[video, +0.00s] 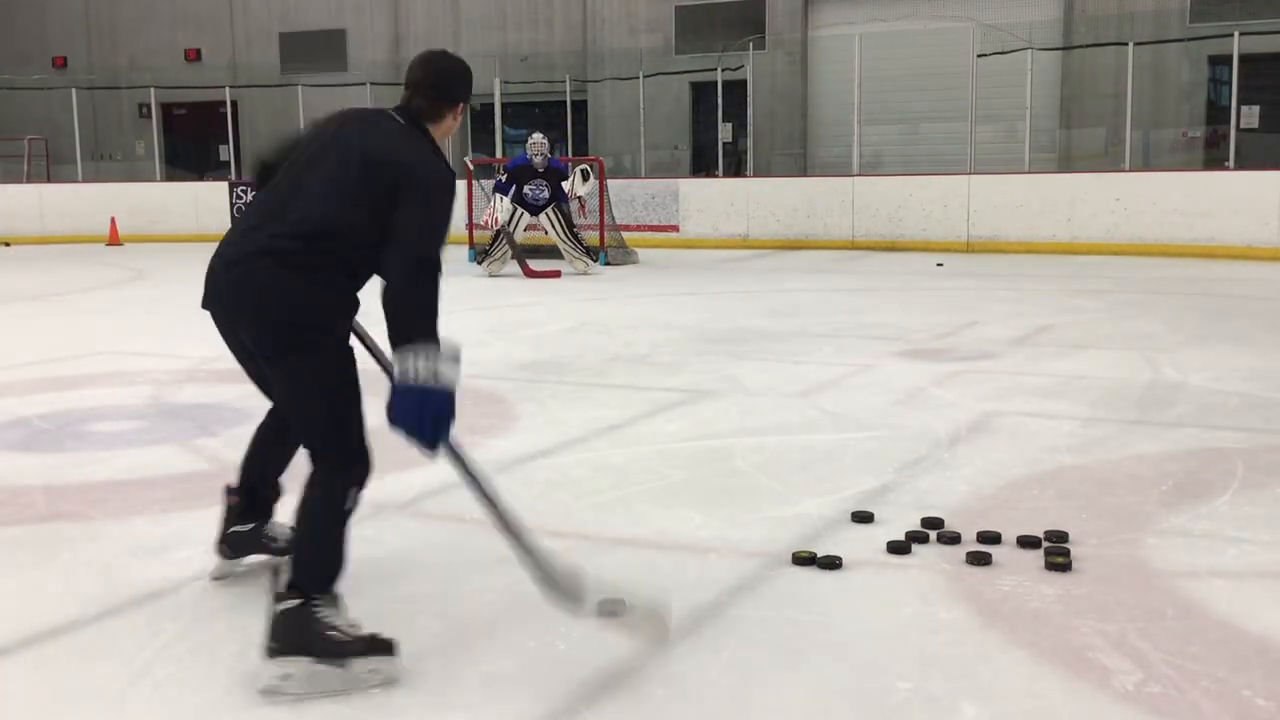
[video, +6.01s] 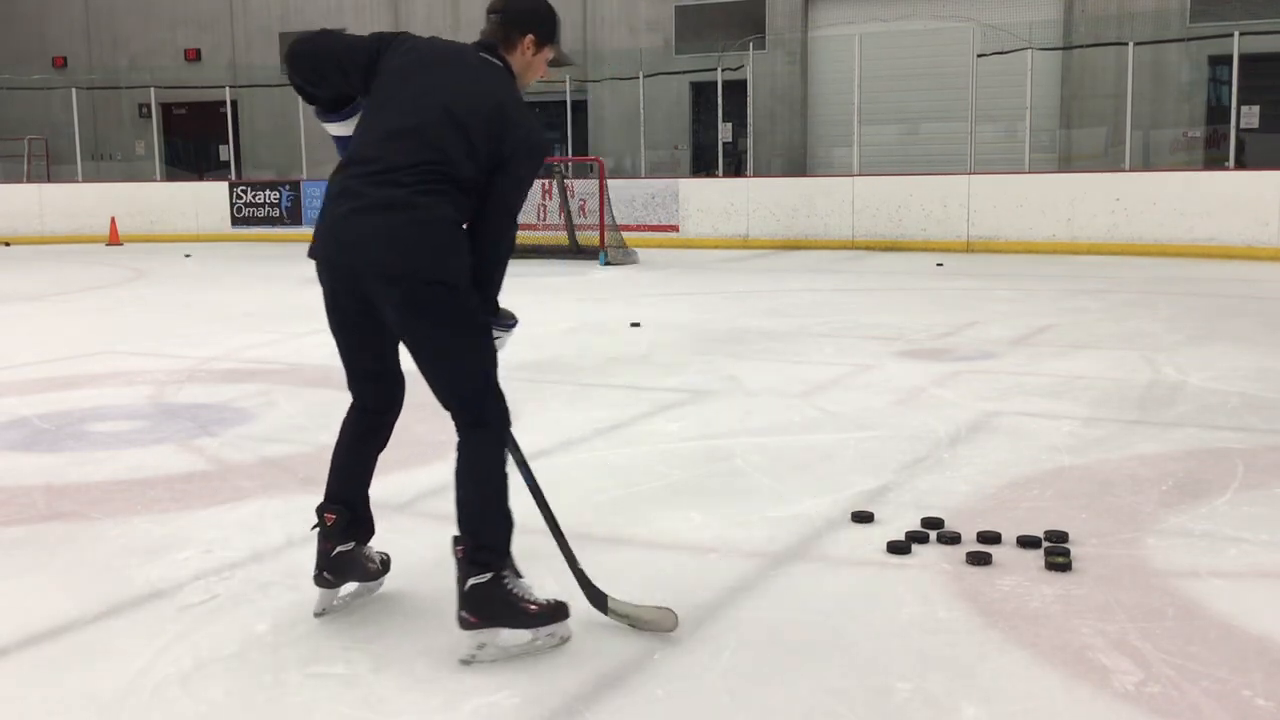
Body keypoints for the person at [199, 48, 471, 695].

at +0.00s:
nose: (461, 122)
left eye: (457, 111)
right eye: (463, 112)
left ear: (407, 94)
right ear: (455, 112)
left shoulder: (351, 125)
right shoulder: (428, 171)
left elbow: (273, 173)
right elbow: (411, 276)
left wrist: (322, 276)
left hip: (232, 286)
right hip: (297, 302)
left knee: (297, 406)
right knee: (342, 461)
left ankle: (243, 524)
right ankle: (305, 609)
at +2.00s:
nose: (515, 52)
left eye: (515, 41)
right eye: (518, 43)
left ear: (462, 21)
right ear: (507, 44)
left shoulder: (383, 46)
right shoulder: (481, 120)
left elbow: (284, 45)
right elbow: (452, 232)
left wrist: (304, 122)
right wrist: (450, 311)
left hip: (306, 243)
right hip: (376, 256)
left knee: (358, 392)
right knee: (431, 407)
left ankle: (327, 532)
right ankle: (414, 576)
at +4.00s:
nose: (483, 126)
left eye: (483, 116)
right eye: (487, 115)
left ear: (428, 95)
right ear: (479, 107)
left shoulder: (379, 134)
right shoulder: (452, 135)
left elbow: (340, 229)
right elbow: (445, 182)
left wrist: (397, 306)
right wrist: (406, 275)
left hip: (255, 293)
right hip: (329, 307)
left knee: (289, 417)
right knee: (409, 462)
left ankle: (212, 542)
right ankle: (407, 617)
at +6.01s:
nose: (544, 74)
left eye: (548, 64)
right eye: (546, 61)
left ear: (493, 31)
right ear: (527, 46)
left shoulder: (403, 50)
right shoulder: (519, 124)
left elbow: (303, 50)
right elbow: (493, 234)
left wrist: (343, 121)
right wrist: (483, 308)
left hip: (341, 247)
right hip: (423, 260)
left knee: (375, 395)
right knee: (481, 418)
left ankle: (338, 543)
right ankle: (486, 582)